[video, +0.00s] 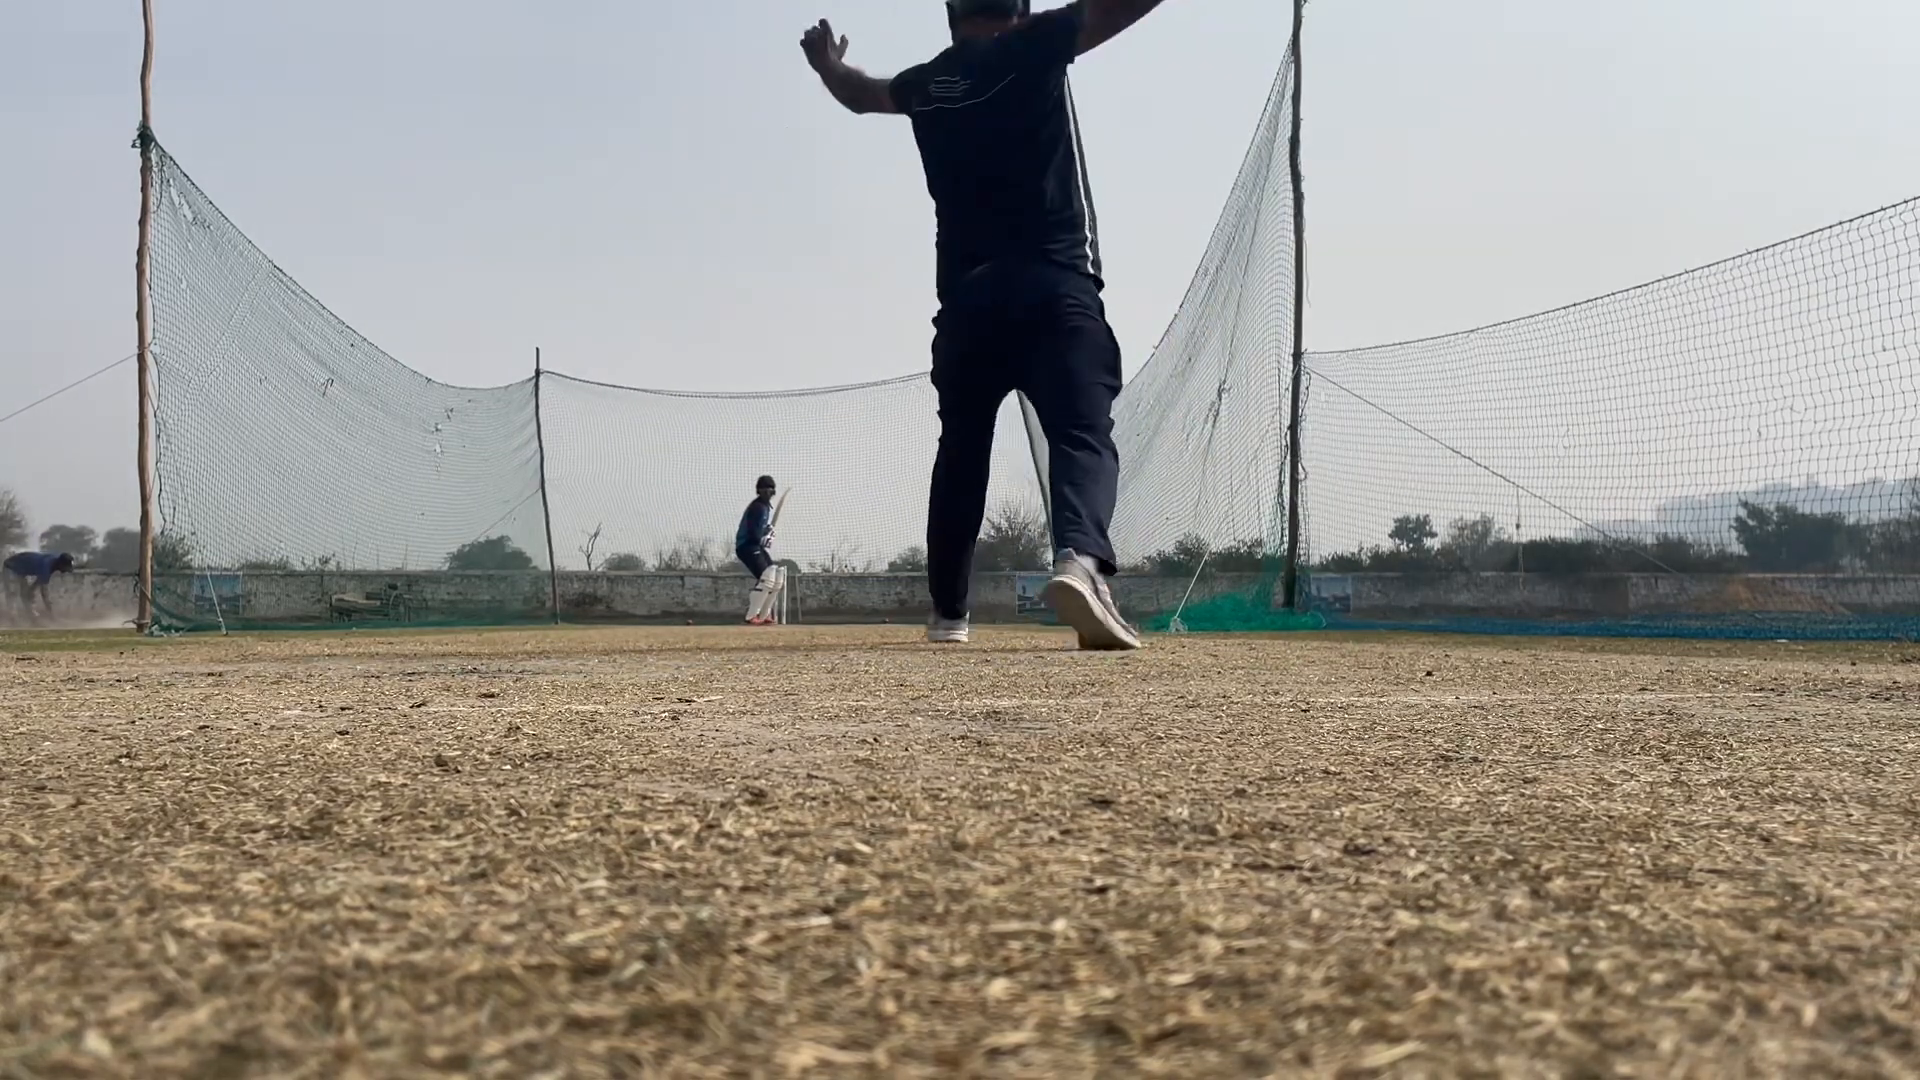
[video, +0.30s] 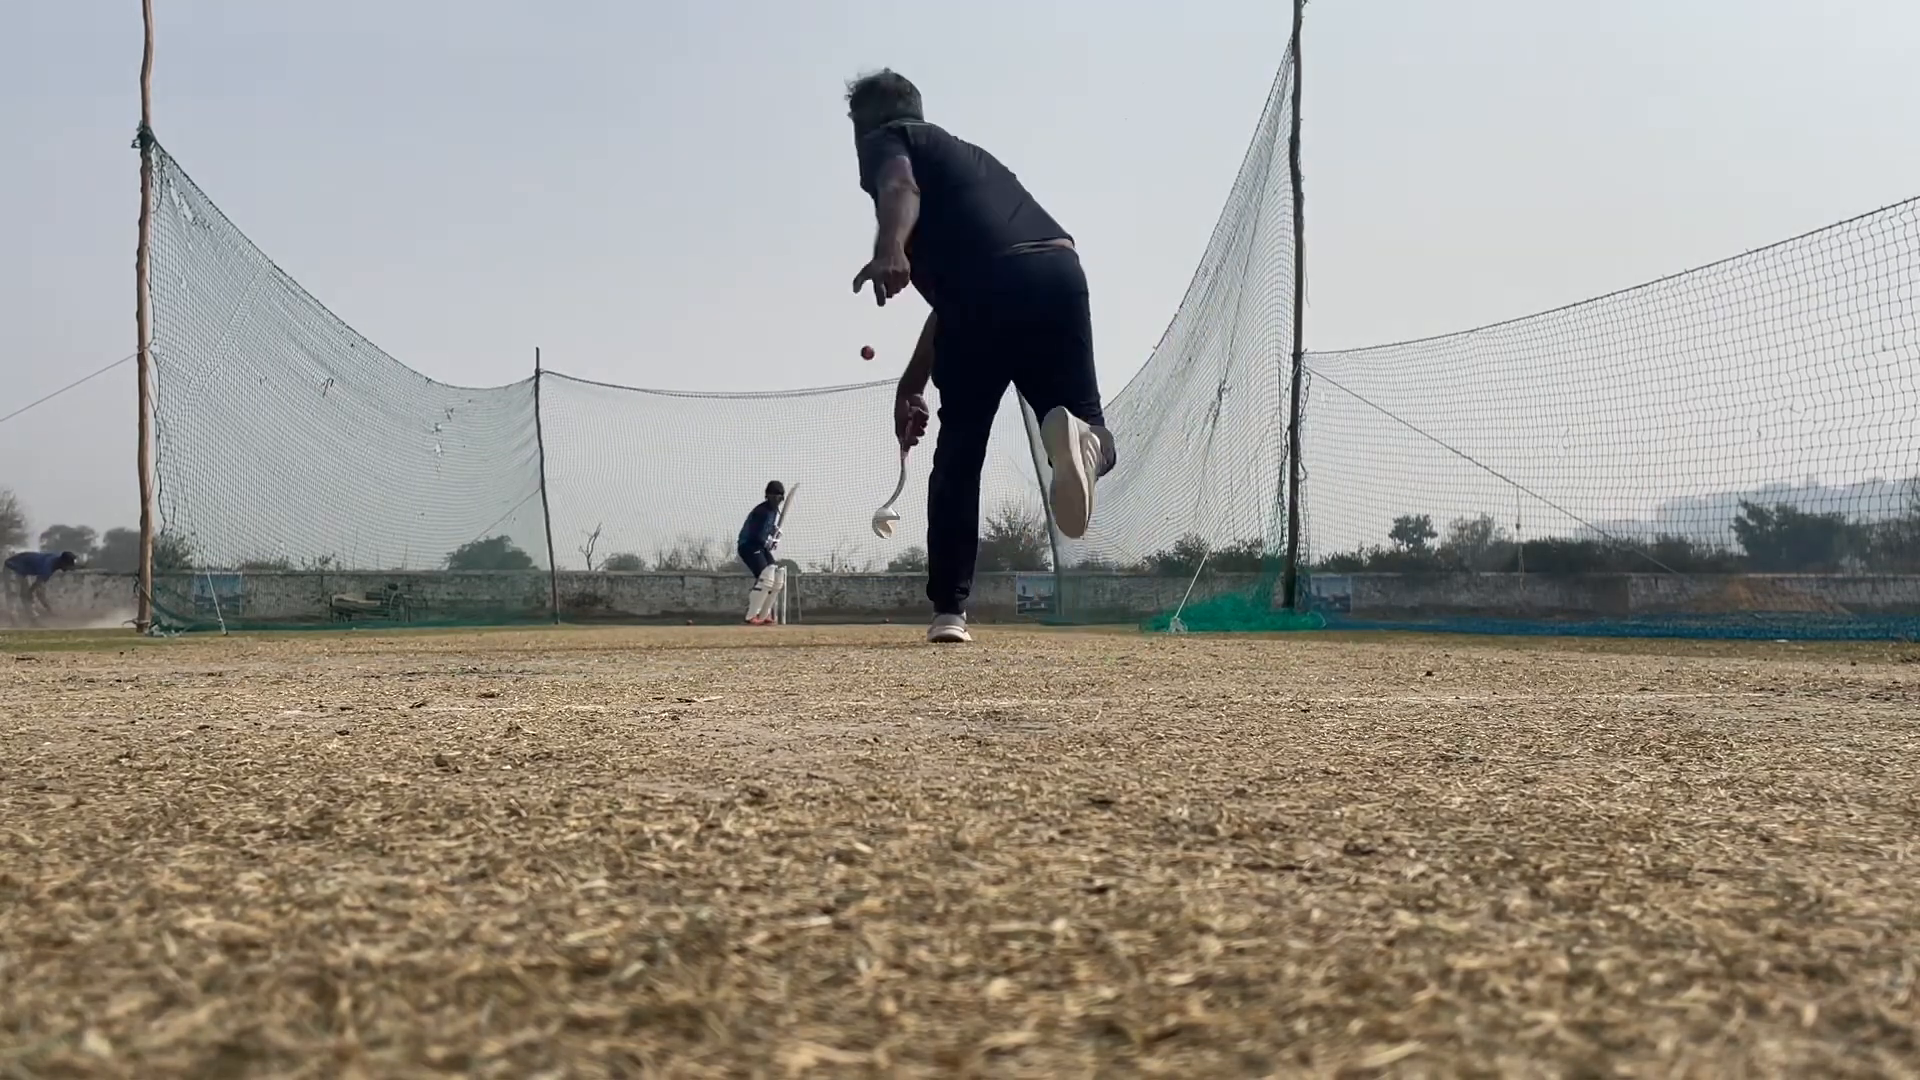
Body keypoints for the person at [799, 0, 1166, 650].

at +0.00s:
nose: (1023, 20)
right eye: (1021, 14)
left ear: (953, 20)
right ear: (1018, 16)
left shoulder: (921, 83)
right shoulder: (1039, 41)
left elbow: (864, 93)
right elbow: (1129, 4)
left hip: (969, 299)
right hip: (1057, 285)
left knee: (960, 453)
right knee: (1082, 433)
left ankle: (949, 618)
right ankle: (1078, 565)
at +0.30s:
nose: (857, 137)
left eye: (857, 127)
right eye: (855, 128)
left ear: (866, 120)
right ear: (914, 112)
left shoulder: (883, 132)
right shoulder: (957, 154)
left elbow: (900, 186)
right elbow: (955, 289)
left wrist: (887, 250)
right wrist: (912, 382)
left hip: (979, 287)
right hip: (1056, 267)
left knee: (959, 453)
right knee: (1092, 426)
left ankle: (949, 612)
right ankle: (1080, 447)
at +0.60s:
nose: (857, 109)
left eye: (862, 96)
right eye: (863, 107)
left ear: (884, 88)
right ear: (918, 104)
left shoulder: (897, 96)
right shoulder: (922, 182)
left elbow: (798, 76)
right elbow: (899, 279)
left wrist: (748, 71)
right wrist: (809, 303)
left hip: (991, 295)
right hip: (1049, 281)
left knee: (954, 457)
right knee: (1133, 396)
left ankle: (964, 611)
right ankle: (1303, 373)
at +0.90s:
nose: (893, 87)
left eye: (892, 78)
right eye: (895, 80)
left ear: (900, 76)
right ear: (954, 72)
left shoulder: (898, 119)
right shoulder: (1001, 115)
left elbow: (918, 187)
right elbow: (1064, 210)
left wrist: (924, 268)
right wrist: (1052, 277)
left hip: (969, 308)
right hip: (1035, 300)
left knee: (938, 459)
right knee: (1062, 445)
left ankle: (965, 613)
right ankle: (1115, 603)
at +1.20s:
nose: (938, 77)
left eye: (939, 68)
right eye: (943, 70)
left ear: (946, 65)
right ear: (1003, 68)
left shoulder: (933, 109)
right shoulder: (1043, 121)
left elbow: (919, 207)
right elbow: (1072, 238)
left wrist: (882, 313)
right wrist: (1033, 292)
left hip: (973, 316)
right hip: (1048, 313)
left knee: (946, 462)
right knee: (1075, 457)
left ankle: (965, 614)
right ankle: (1121, 608)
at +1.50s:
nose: (991, 78)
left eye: (989, 69)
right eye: (1038, 71)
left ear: (986, 66)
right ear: (1048, 71)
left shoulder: (959, 110)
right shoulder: (1083, 122)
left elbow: (900, 217)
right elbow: (1124, 234)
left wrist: (933, 194)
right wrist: (1116, 317)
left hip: (997, 312)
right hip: (1076, 311)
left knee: (965, 459)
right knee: (1095, 456)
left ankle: (966, 613)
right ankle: (1123, 611)